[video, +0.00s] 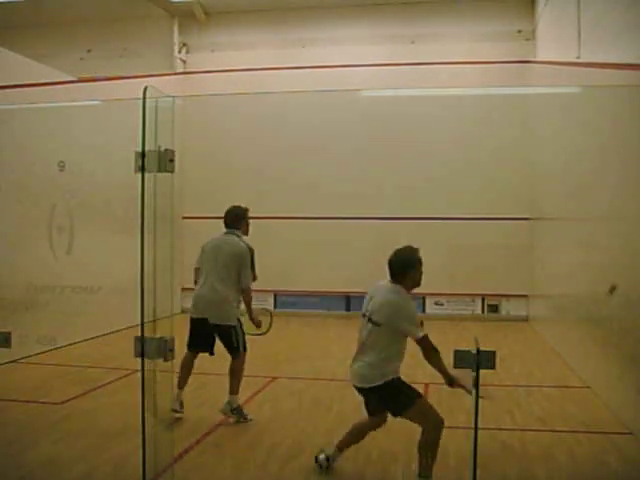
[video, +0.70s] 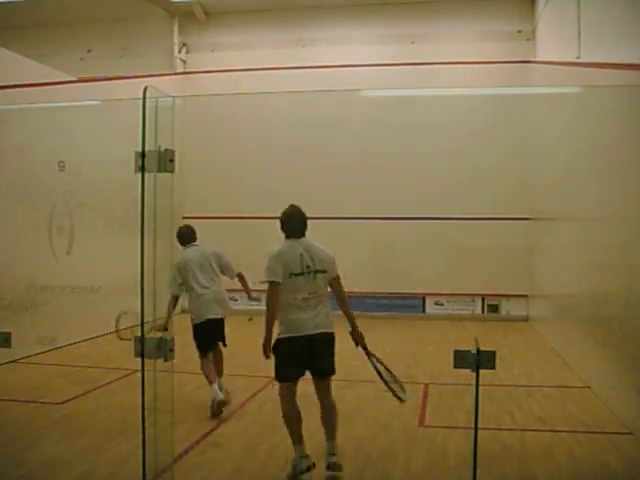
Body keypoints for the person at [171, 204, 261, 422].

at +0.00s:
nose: (249, 225)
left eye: (248, 220)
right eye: (247, 221)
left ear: (226, 223)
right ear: (241, 224)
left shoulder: (209, 244)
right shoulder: (243, 249)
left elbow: (198, 276)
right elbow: (246, 288)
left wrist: (209, 298)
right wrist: (252, 315)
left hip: (199, 309)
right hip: (225, 312)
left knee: (191, 352)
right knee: (238, 354)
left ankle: (178, 396)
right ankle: (232, 401)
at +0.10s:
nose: (255, 227)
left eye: (254, 223)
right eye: (254, 223)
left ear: (233, 226)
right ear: (249, 226)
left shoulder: (216, 246)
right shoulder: (252, 248)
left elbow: (200, 274)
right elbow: (256, 286)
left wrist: (203, 297)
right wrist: (252, 310)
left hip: (204, 305)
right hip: (231, 307)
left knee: (204, 351)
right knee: (254, 350)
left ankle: (194, 400)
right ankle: (245, 403)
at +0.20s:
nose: (259, 242)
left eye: (257, 238)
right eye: (258, 239)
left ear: (236, 241)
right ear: (256, 241)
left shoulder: (219, 261)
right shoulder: (260, 263)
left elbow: (198, 288)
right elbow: (271, 298)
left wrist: (200, 314)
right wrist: (256, 310)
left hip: (212, 321)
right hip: (239, 321)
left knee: (215, 357)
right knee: (264, 364)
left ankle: (206, 404)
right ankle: (266, 420)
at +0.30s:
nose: (259, 261)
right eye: (258, 258)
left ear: (237, 261)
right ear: (256, 260)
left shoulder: (224, 280)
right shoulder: (262, 282)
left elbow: (204, 303)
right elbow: (272, 319)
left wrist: (198, 332)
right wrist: (251, 317)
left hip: (219, 336)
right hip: (246, 337)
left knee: (220, 361)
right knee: (274, 378)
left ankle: (206, 399)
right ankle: (268, 432)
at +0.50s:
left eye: (207, 253)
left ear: (205, 255)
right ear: (223, 253)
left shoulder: (201, 276)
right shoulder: (236, 272)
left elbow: (194, 308)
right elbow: (253, 304)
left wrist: (190, 337)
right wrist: (237, 317)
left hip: (211, 330)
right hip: (238, 328)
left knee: (208, 363)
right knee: (252, 369)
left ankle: (220, 406)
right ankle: (265, 404)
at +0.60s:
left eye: (190, 249)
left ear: (190, 251)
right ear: (207, 248)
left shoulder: (188, 273)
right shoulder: (223, 266)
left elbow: (184, 307)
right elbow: (246, 291)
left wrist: (180, 333)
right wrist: (249, 315)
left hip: (207, 325)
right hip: (231, 322)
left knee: (208, 366)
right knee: (236, 360)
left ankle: (221, 406)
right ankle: (246, 387)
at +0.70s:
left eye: (180, 241)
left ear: (179, 242)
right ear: (196, 237)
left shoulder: (181, 262)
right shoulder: (211, 253)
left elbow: (175, 295)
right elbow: (238, 274)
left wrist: (166, 321)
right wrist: (249, 293)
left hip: (199, 314)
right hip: (218, 310)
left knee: (205, 355)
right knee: (216, 347)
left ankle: (216, 390)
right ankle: (220, 386)